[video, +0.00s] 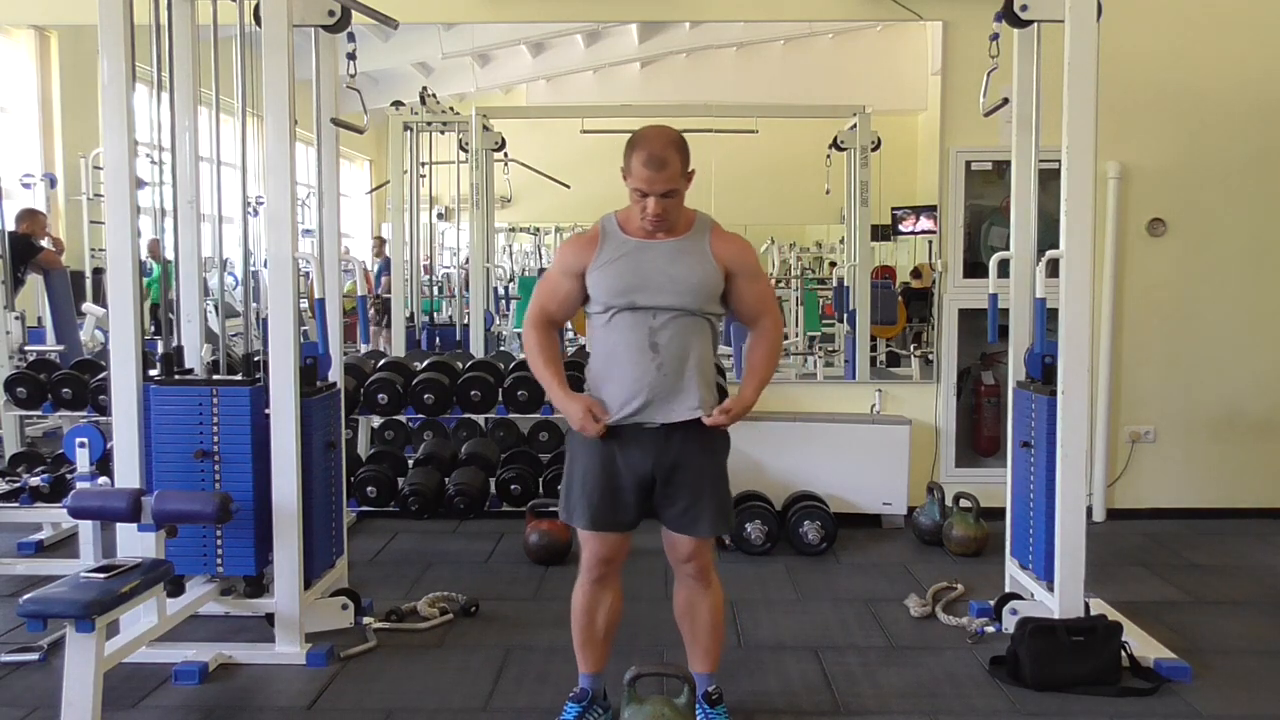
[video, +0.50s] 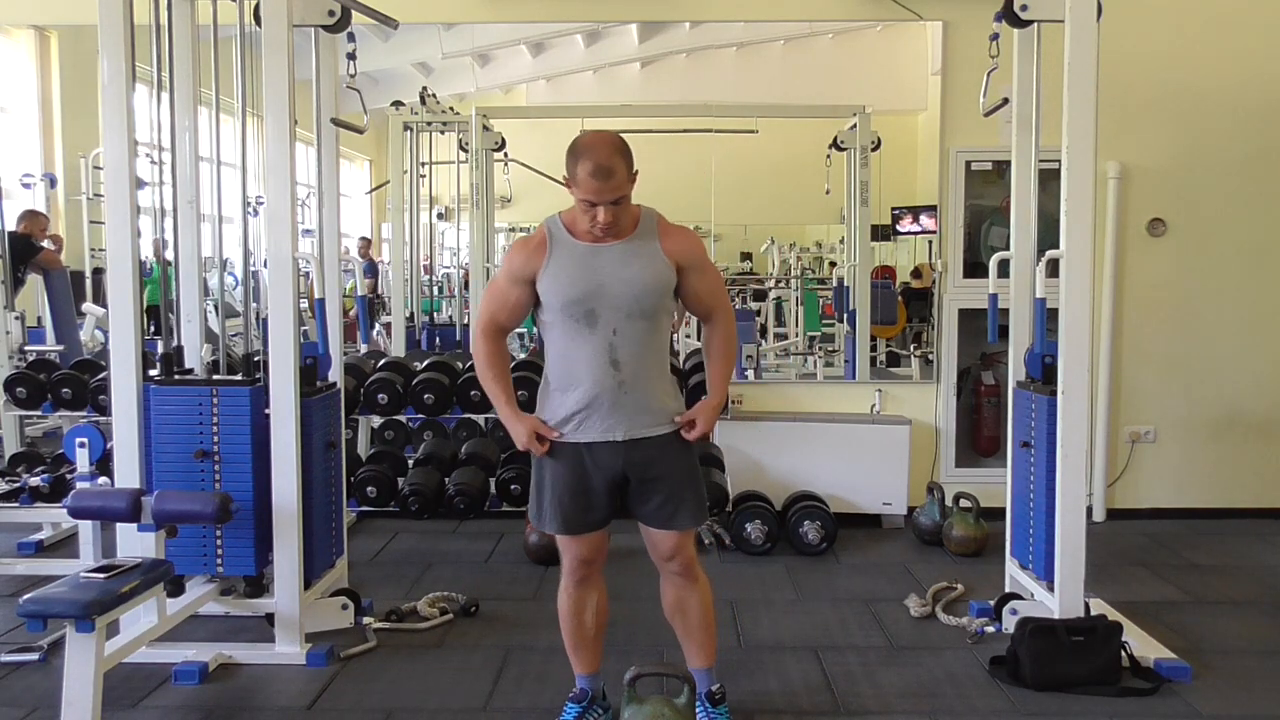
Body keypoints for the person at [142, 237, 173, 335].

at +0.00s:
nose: (150, 255)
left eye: (153, 252)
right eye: (149, 252)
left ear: (160, 250)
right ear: (147, 251)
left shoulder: (168, 265)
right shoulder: (153, 267)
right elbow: (148, 286)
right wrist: (141, 300)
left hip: (167, 303)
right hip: (155, 304)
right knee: (156, 334)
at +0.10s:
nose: (152, 255)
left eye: (155, 252)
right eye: (150, 252)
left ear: (161, 250)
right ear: (148, 252)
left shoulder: (170, 266)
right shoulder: (150, 267)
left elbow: (174, 284)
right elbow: (145, 287)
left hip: (168, 302)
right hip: (154, 303)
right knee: (156, 332)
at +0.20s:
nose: (154, 254)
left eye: (156, 251)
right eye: (152, 251)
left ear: (162, 250)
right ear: (149, 252)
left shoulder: (169, 265)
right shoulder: (150, 267)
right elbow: (144, 286)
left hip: (168, 301)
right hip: (154, 301)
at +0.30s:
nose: (155, 254)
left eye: (157, 250)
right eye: (152, 251)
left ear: (162, 250)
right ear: (150, 251)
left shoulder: (169, 266)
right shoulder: (149, 266)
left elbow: (171, 283)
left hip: (167, 301)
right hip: (152, 301)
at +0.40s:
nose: (156, 253)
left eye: (158, 250)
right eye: (154, 250)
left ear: (163, 249)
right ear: (151, 250)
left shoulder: (169, 265)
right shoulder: (150, 266)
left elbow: (171, 282)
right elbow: (145, 282)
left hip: (166, 300)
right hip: (152, 301)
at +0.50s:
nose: (158, 250)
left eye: (161, 246)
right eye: (156, 246)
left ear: (165, 248)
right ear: (153, 247)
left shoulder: (170, 265)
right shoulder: (151, 264)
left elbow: (172, 283)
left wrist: (172, 297)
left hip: (167, 299)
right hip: (152, 300)